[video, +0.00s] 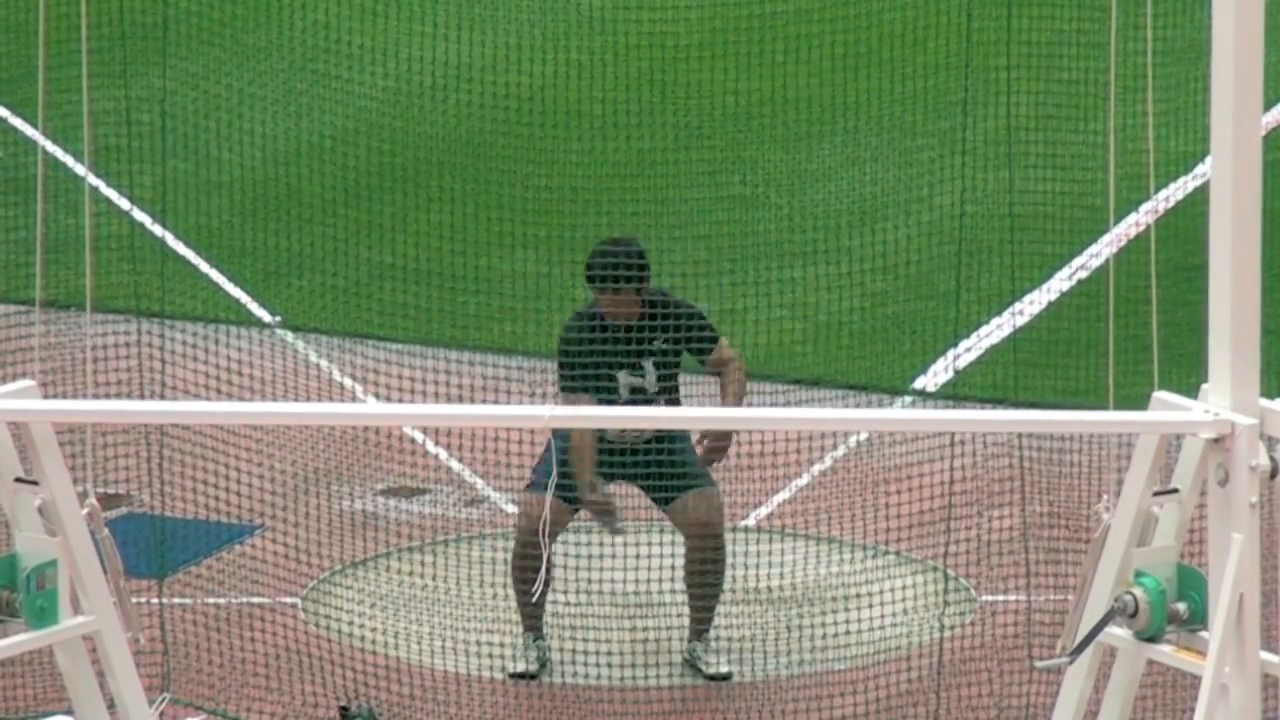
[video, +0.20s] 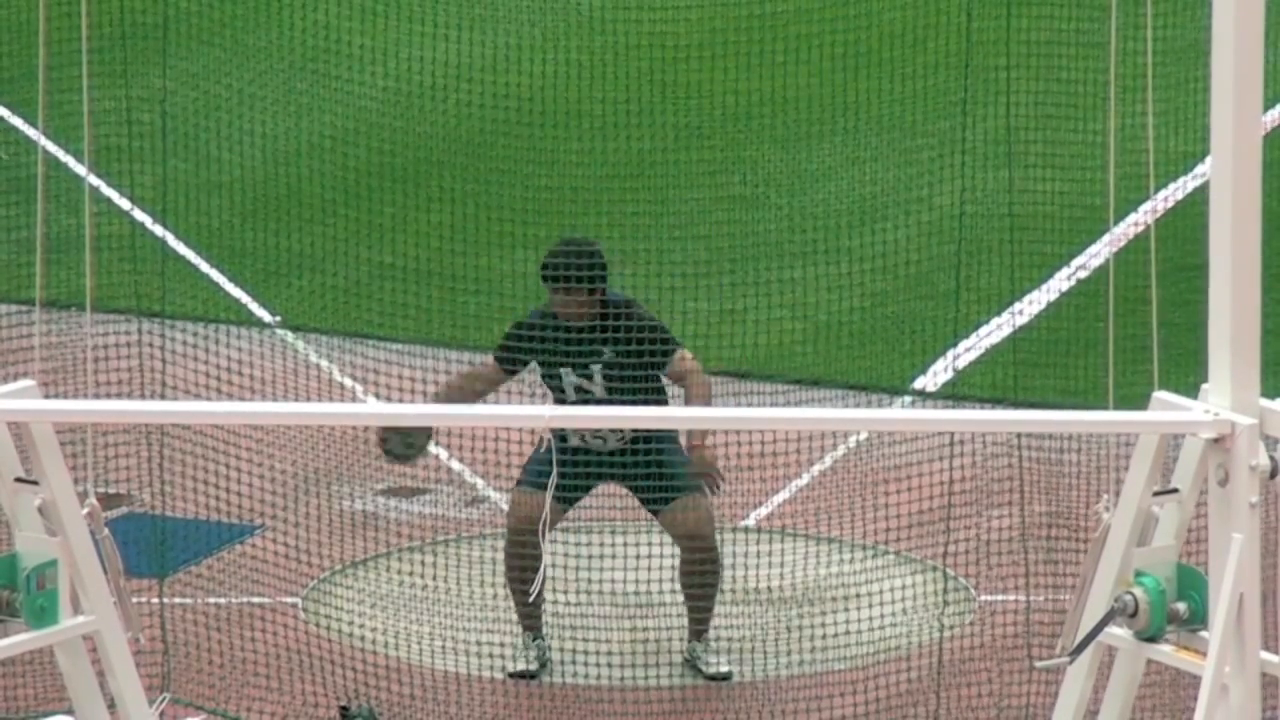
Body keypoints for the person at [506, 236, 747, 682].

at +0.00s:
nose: (608, 300)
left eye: (618, 291)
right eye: (601, 290)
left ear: (641, 288)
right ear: (592, 288)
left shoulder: (674, 317)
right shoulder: (580, 332)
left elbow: (730, 364)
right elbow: (579, 415)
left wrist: (725, 428)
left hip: (659, 442)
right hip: (587, 443)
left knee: (707, 525)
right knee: (532, 525)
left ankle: (698, 644)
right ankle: (533, 641)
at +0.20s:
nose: (563, 301)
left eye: (573, 292)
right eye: (557, 291)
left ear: (596, 290)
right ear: (548, 289)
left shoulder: (631, 322)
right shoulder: (537, 329)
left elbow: (695, 378)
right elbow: (481, 380)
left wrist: (699, 446)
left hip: (646, 446)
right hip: (572, 447)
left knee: (700, 533)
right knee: (521, 524)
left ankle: (699, 646)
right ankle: (533, 643)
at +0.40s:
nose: (531, 283)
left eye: (539, 275)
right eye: (529, 273)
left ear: (566, 275)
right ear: (527, 271)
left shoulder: (600, 312)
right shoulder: (527, 287)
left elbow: (616, 389)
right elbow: (481, 264)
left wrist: (603, 447)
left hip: (625, 428)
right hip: (562, 425)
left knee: (679, 538)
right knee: (519, 522)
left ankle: (698, 643)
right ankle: (533, 641)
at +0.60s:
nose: (523, 269)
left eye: (533, 261)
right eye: (518, 259)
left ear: (556, 257)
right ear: (514, 251)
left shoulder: (572, 296)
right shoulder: (541, 237)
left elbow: (552, 374)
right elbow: (551, 181)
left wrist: (500, 424)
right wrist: (558, 139)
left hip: (613, 422)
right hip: (553, 420)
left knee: (659, 535)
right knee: (519, 517)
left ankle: (702, 636)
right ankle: (532, 640)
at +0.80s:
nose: (510, 258)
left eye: (518, 250)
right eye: (511, 248)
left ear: (546, 254)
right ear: (538, 244)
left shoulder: (564, 296)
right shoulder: (562, 232)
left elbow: (531, 368)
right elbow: (584, 169)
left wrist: (463, 414)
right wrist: (611, 111)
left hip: (620, 421)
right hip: (561, 419)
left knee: (657, 531)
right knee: (525, 514)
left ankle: (712, 631)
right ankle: (535, 641)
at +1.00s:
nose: (561, 270)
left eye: (572, 262)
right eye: (555, 260)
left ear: (589, 263)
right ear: (542, 257)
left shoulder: (600, 308)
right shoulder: (556, 260)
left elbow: (581, 386)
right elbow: (570, 186)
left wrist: (533, 437)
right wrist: (580, 127)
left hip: (633, 417)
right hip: (570, 416)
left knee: (679, 522)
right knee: (532, 517)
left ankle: (707, 633)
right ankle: (537, 640)